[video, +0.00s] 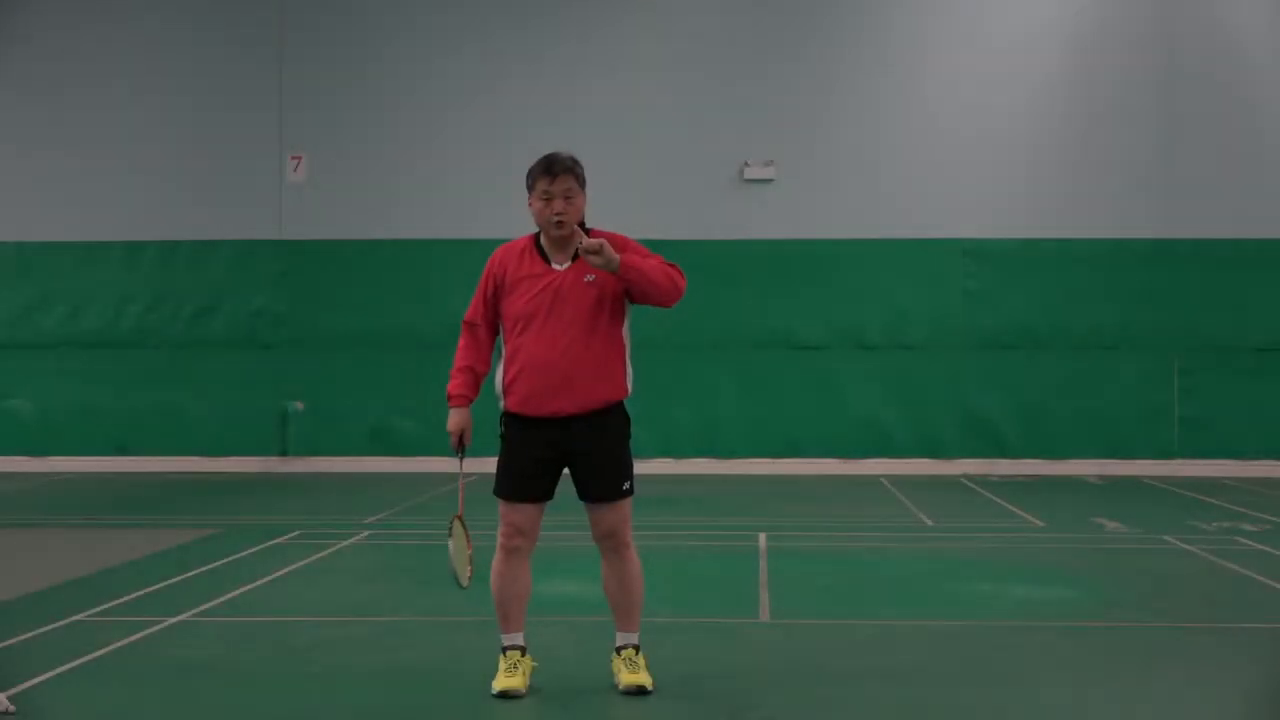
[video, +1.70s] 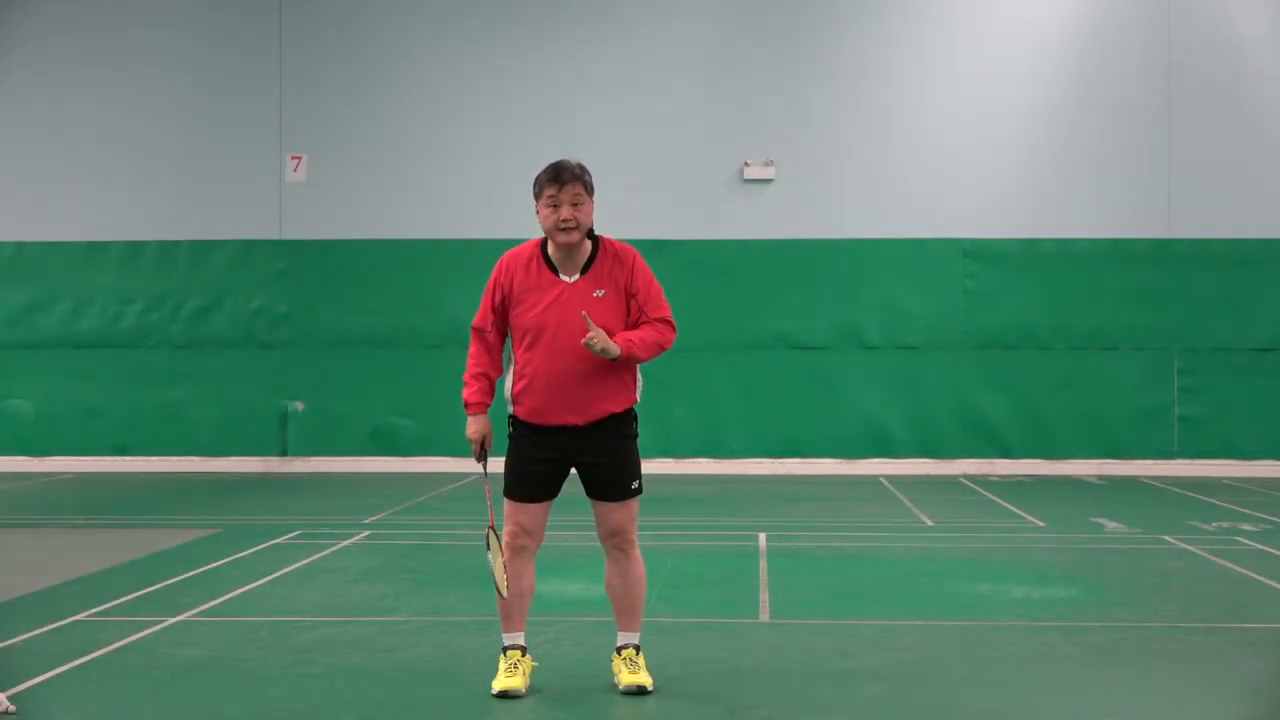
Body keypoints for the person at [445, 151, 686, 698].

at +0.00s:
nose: (557, 207)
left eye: (567, 196)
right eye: (546, 198)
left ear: (584, 200)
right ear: (531, 204)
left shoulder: (613, 251)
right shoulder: (506, 262)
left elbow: (672, 289)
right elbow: (477, 332)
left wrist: (616, 261)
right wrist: (460, 402)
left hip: (600, 419)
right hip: (527, 422)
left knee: (615, 536)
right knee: (514, 537)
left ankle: (629, 650)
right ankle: (512, 653)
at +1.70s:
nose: (565, 213)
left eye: (575, 203)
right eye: (553, 204)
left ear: (592, 208)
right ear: (538, 212)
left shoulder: (623, 261)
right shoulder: (512, 268)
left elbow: (662, 329)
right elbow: (486, 337)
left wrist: (620, 344)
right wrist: (477, 409)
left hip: (608, 426)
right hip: (535, 427)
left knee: (621, 537)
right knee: (519, 538)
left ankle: (629, 650)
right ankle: (513, 651)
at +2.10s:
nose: (566, 219)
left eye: (576, 208)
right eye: (554, 210)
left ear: (592, 211)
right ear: (538, 216)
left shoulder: (623, 263)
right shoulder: (512, 270)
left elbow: (662, 329)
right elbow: (485, 341)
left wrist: (625, 351)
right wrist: (477, 413)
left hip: (609, 427)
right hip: (535, 429)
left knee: (621, 537)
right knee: (519, 538)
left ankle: (629, 649)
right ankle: (513, 651)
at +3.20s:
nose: (558, 211)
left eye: (569, 201)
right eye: (547, 202)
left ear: (585, 207)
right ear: (531, 209)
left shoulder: (613, 255)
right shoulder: (507, 267)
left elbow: (662, 311)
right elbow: (483, 337)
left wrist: (604, 287)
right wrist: (472, 409)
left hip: (606, 423)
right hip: (534, 427)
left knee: (621, 536)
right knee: (519, 538)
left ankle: (629, 650)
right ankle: (513, 652)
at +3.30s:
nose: (556, 214)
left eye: (567, 203)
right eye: (545, 204)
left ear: (584, 209)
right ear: (529, 212)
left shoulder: (612, 257)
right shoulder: (506, 267)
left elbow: (661, 315)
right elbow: (482, 338)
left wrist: (603, 296)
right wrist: (471, 410)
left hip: (606, 424)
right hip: (533, 428)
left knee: (620, 536)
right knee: (518, 538)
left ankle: (630, 649)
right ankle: (513, 651)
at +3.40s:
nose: (555, 216)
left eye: (566, 206)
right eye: (544, 206)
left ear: (583, 211)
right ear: (528, 214)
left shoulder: (611, 258)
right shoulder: (504, 270)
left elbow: (660, 317)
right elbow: (481, 340)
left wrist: (603, 298)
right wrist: (471, 410)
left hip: (606, 425)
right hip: (533, 428)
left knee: (620, 536)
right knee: (518, 537)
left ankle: (629, 650)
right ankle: (513, 651)